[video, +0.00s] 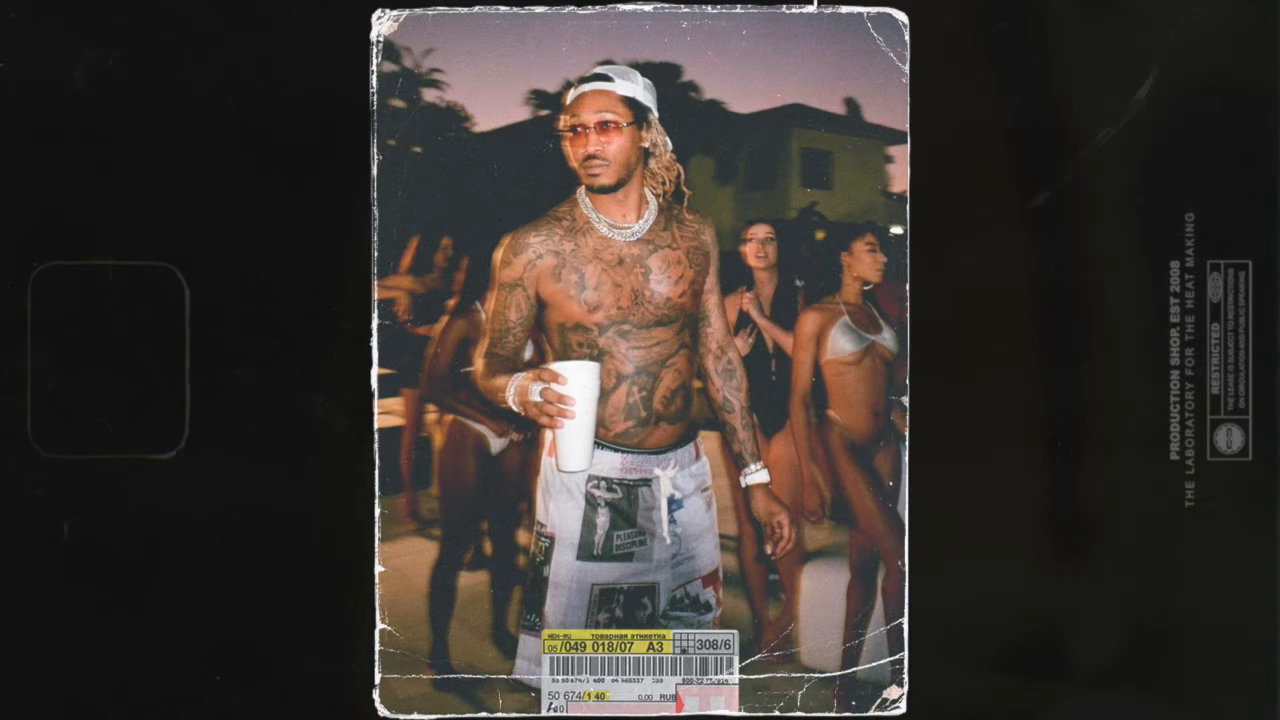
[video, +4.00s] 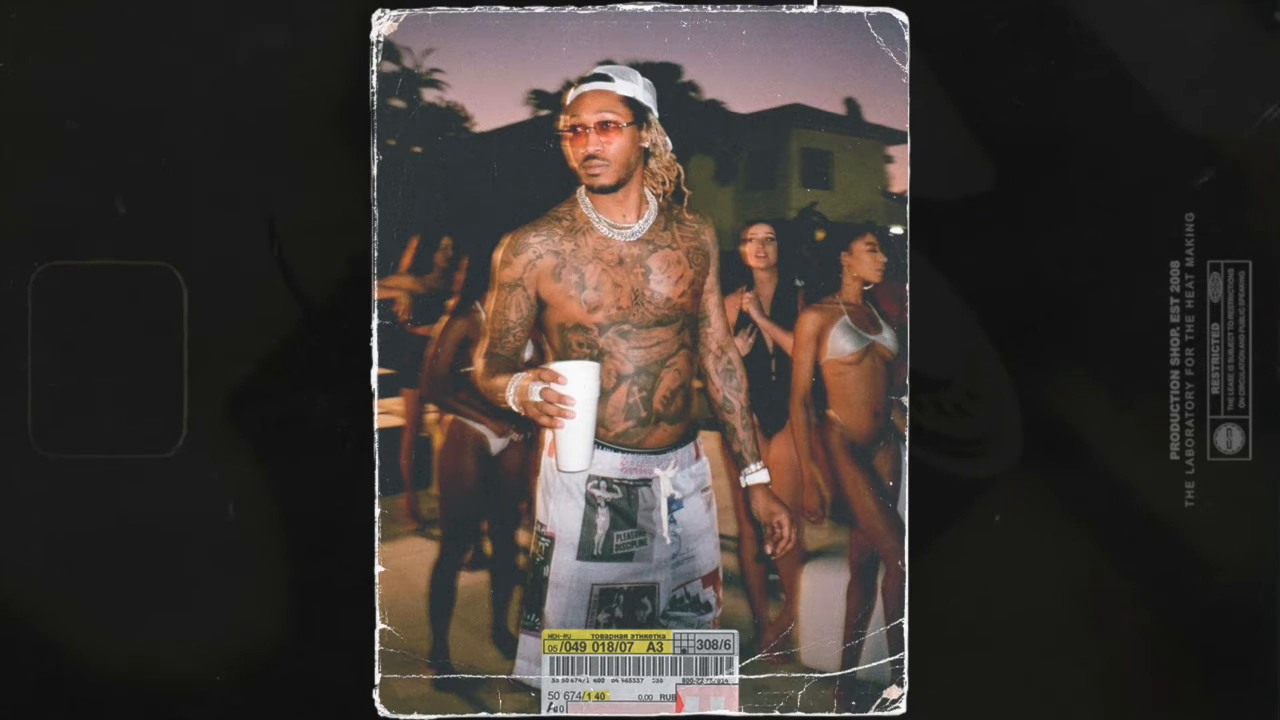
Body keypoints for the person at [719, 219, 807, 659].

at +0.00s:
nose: (759, 249)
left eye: (768, 241)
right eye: (751, 242)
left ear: (781, 249)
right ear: (741, 250)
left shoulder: (797, 296)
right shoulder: (730, 300)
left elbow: (802, 352)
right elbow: (712, 364)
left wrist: (760, 318)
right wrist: (734, 349)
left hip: (784, 420)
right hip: (739, 421)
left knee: (783, 520)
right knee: (748, 526)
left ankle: (793, 613)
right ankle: (762, 619)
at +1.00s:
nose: (759, 249)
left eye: (767, 242)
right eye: (751, 242)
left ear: (781, 249)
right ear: (741, 250)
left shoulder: (797, 296)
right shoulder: (731, 300)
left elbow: (804, 351)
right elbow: (714, 365)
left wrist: (761, 318)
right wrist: (734, 344)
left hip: (783, 420)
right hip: (738, 422)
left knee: (783, 521)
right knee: (748, 526)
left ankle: (793, 614)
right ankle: (762, 622)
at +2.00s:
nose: (760, 249)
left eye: (768, 241)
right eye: (752, 241)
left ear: (781, 249)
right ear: (741, 250)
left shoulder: (797, 296)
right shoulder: (730, 300)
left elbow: (804, 352)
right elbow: (713, 366)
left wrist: (761, 318)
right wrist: (734, 347)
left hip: (783, 420)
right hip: (738, 421)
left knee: (784, 521)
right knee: (748, 526)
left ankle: (794, 613)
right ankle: (761, 623)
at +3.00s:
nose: (760, 249)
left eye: (768, 241)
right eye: (752, 242)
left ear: (781, 249)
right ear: (741, 250)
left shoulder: (797, 295)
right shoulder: (730, 300)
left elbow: (803, 352)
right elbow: (713, 365)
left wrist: (761, 318)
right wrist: (736, 343)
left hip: (784, 419)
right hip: (738, 420)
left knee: (784, 520)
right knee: (748, 525)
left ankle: (793, 614)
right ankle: (761, 620)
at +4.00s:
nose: (759, 249)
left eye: (767, 242)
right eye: (751, 242)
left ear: (781, 249)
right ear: (741, 250)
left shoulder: (797, 296)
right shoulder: (730, 300)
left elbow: (803, 351)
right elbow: (714, 364)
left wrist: (761, 317)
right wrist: (735, 342)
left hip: (784, 419)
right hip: (739, 420)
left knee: (783, 521)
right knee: (748, 525)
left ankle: (794, 612)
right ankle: (762, 621)